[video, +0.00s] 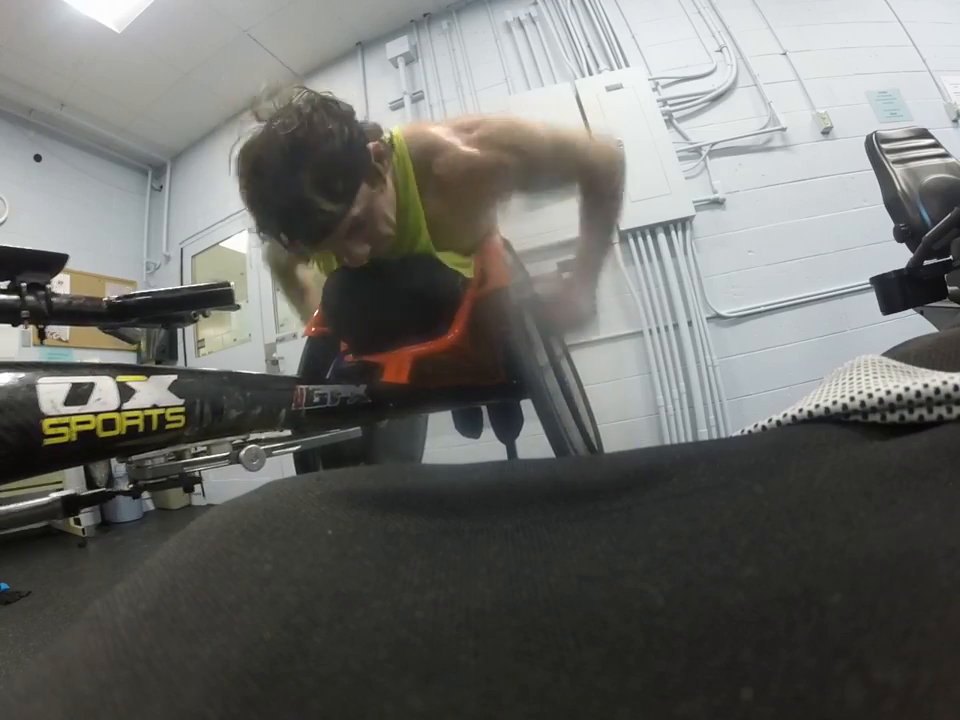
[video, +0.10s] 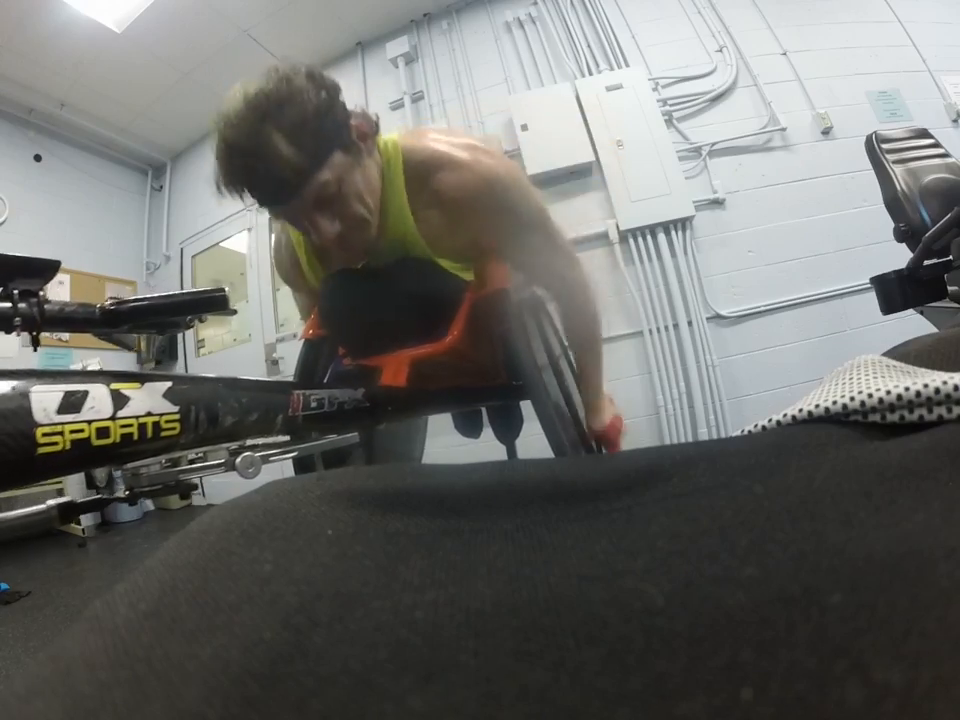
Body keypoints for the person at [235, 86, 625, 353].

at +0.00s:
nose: (353, 253)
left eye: (358, 224)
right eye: (328, 247)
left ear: (380, 160)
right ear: (288, 239)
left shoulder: (461, 165)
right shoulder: (291, 224)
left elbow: (604, 160)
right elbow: (281, 261)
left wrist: (581, 285)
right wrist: (319, 319)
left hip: (454, 273)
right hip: (361, 296)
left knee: (355, 298)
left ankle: (484, 384)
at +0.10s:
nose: (324, 233)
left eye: (329, 199)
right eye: (296, 219)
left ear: (363, 138)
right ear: (275, 212)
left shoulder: (465, 181)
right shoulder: (294, 254)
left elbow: (568, 280)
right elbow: (334, 346)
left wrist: (593, 401)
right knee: (344, 304)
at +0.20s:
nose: (321, 183)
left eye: (326, 152)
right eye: (295, 172)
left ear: (362, 110)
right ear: (276, 168)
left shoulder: (462, 164)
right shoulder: (297, 228)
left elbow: (570, 240)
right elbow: (328, 320)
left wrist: (601, 322)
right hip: (395, 365)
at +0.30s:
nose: (327, 179)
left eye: (333, 149)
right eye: (303, 169)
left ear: (369, 107)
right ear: (287, 165)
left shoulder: (460, 156)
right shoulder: (303, 218)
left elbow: (575, 178)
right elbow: (338, 290)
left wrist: (606, 241)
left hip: (471, 309)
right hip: (375, 325)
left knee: (354, 292)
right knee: (320, 441)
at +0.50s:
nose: (338, 251)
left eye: (343, 225)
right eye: (316, 241)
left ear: (373, 157)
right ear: (291, 225)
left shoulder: (462, 160)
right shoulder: (297, 225)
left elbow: (601, 190)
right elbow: (286, 276)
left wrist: (579, 325)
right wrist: (321, 329)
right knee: (347, 300)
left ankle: (488, 387)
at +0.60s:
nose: (315, 248)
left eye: (322, 216)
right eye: (290, 235)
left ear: (363, 156)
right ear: (272, 227)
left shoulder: (462, 178)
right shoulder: (292, 259)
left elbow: (559, 277)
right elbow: (336, 349)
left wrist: (593, 390)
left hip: (495, 323)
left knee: (407, 284)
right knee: (345, 302)